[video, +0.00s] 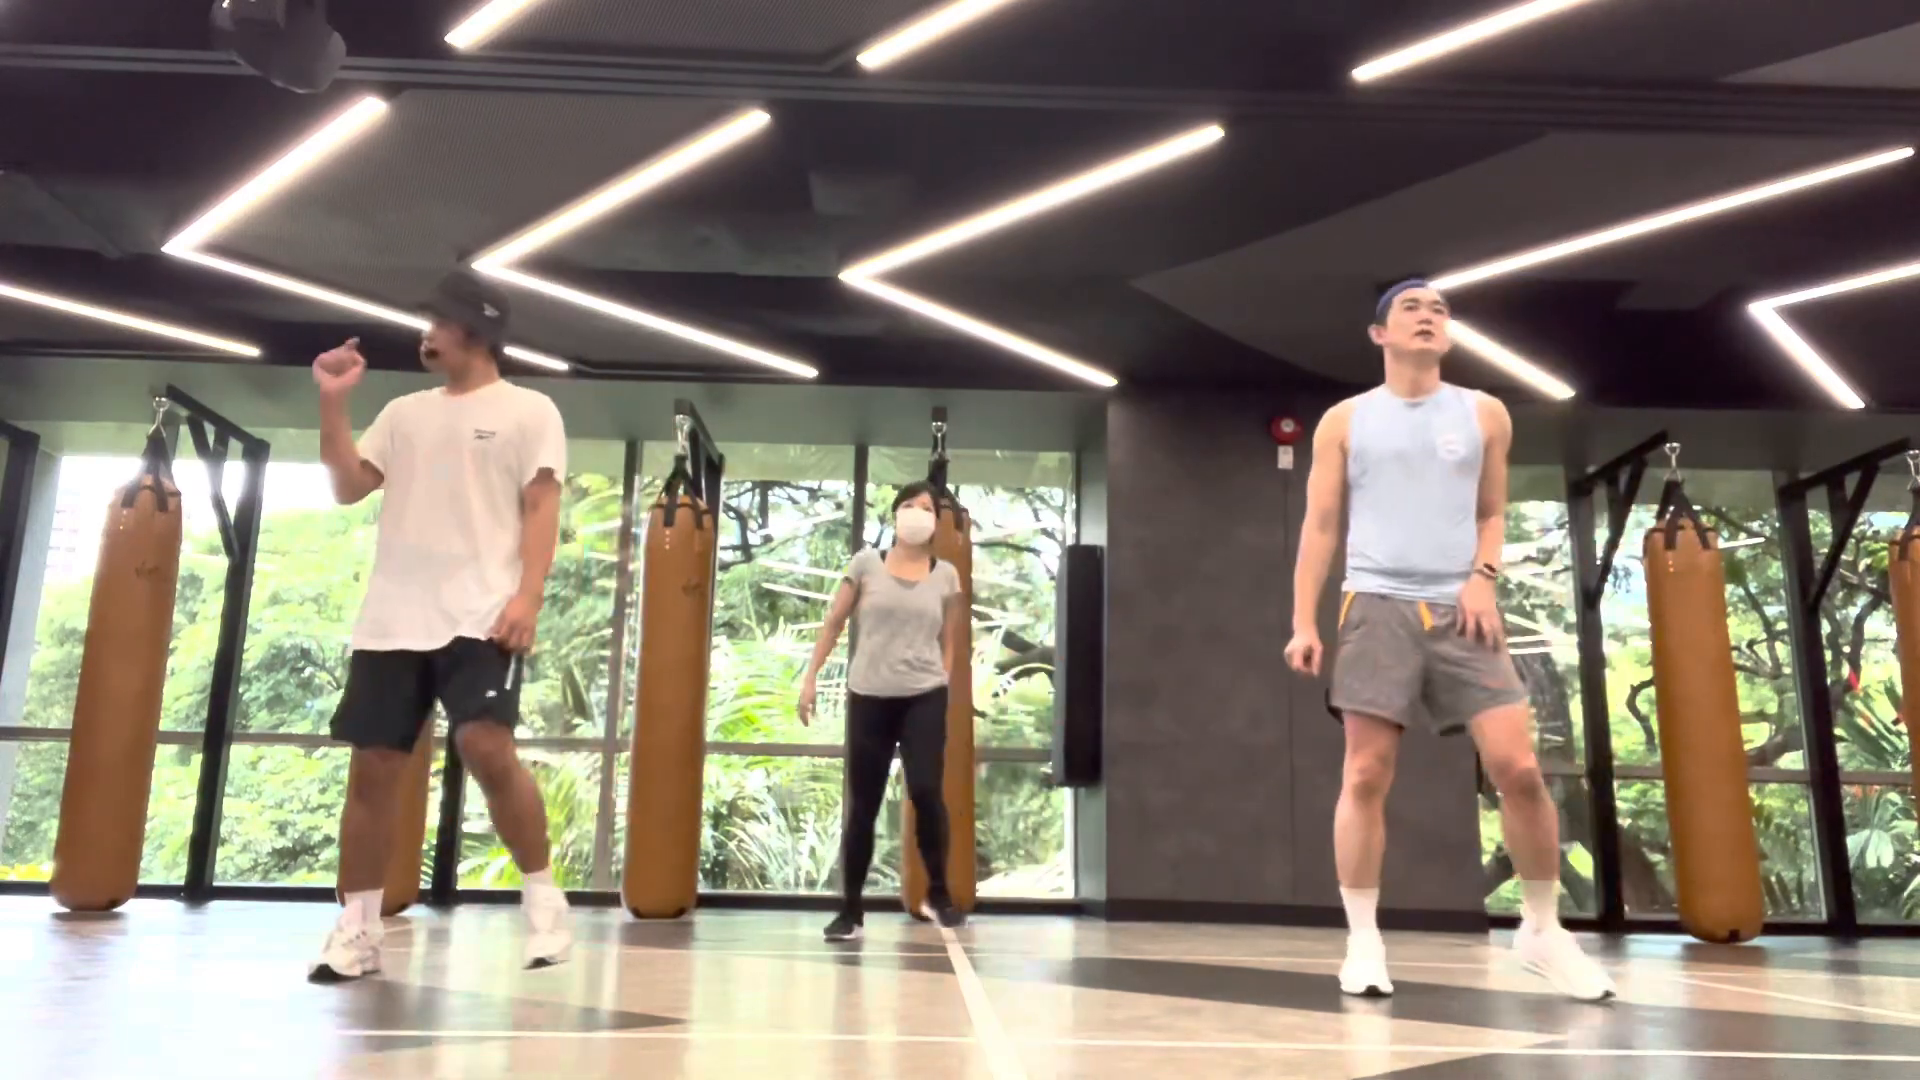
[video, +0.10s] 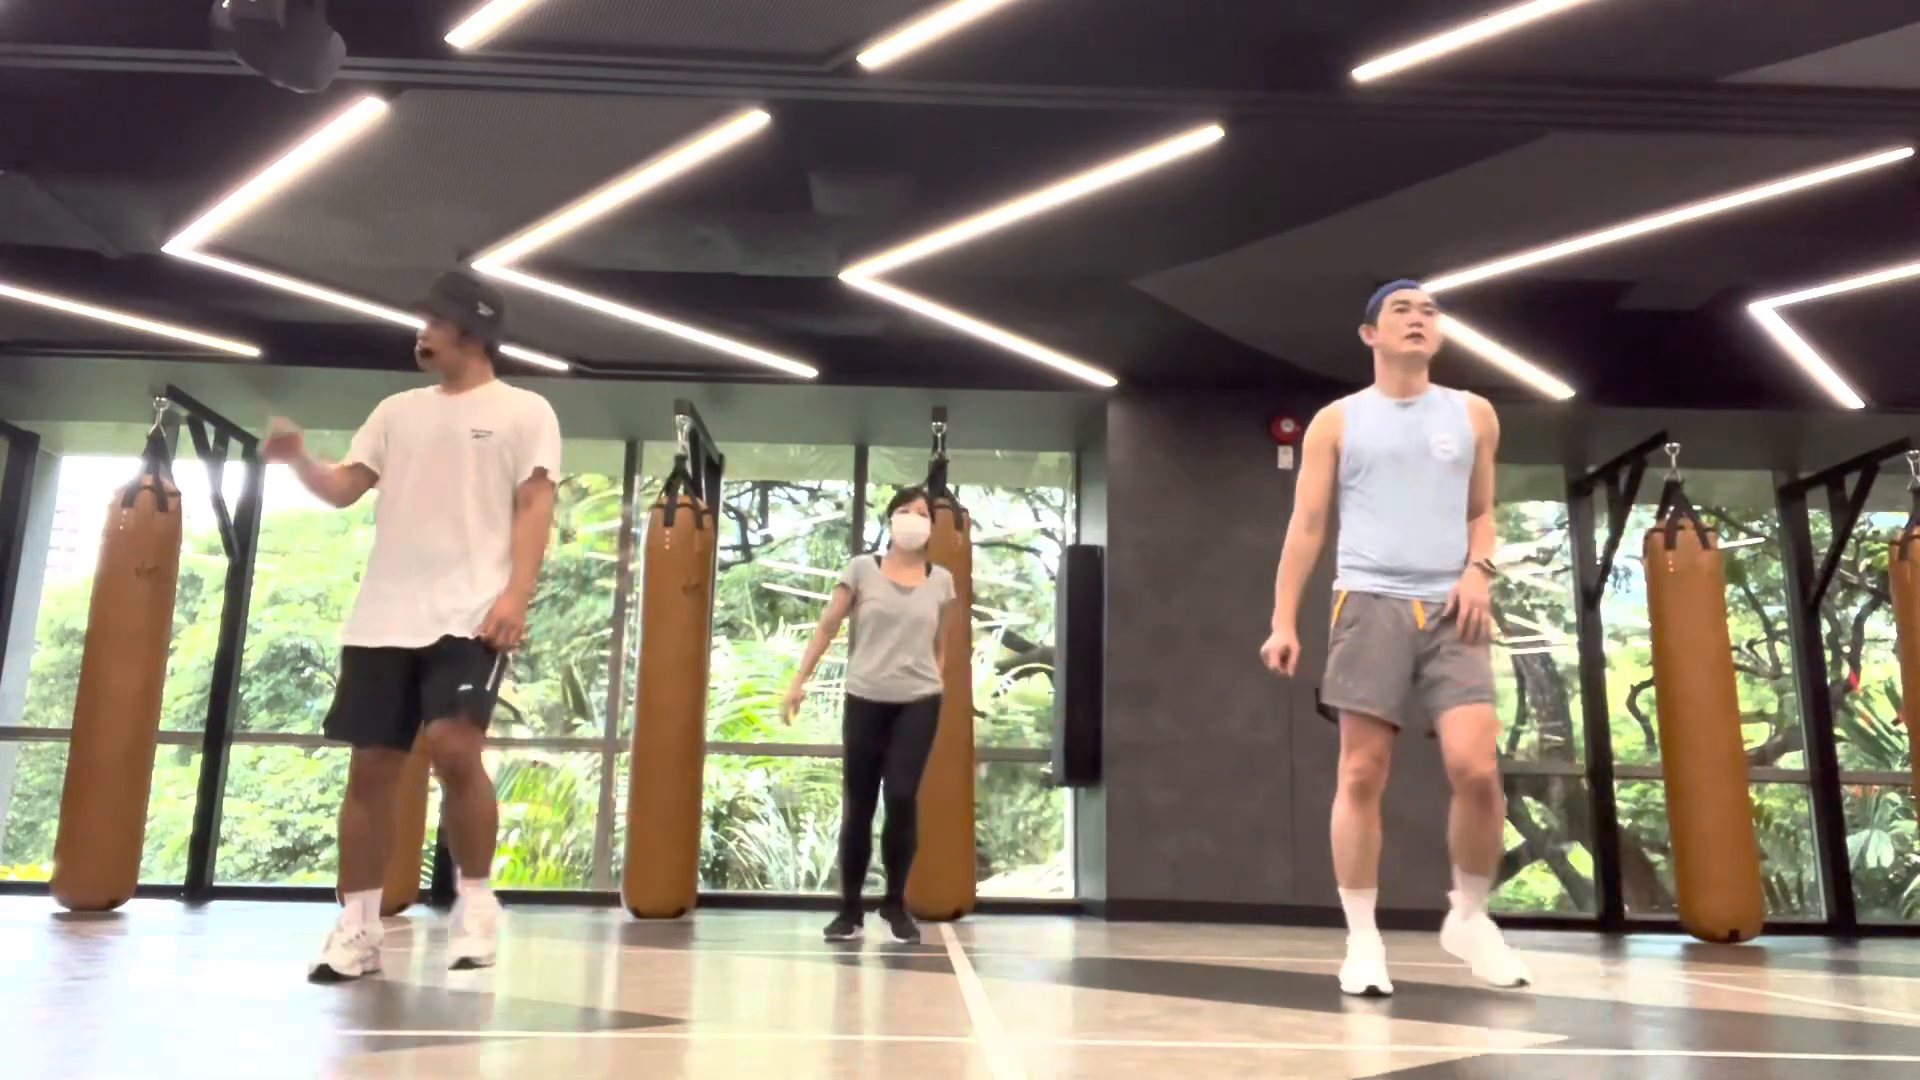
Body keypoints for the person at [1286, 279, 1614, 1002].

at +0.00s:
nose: (1427, 315)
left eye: (1438, 309)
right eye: (1411, 306)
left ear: (1451, 337)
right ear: (1379, 333)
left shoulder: (1486, 415)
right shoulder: (1343, 421)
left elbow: (1492, 513)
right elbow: (1320, 525)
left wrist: (1484, 573)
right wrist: (1305, 620)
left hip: (1464, 612)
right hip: (1377, 613)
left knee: (1521, 772)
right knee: (1366, 774)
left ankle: (1541, 932)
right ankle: (1363, 943)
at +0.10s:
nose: (1418, 317)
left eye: (1429, 310)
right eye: (1402, 309)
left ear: (1442, 336)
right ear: (1370, 334)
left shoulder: (1473, 415)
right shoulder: (1335, 421)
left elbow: (1482, 511)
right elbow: (1306, 525)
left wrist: (1478, 569)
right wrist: (1284, 620)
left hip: (1454, 613)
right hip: (1368, 613)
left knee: (1479, 771)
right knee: (1362, 774)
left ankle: (1467, 921)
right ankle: (1363, 944)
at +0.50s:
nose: (1441, 326)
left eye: (1450, 318)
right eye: (1426, 313)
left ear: (1456, 336)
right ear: (1388, 328)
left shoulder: (1475, 421)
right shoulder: (1347, 412)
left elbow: (1480, 520)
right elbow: (1322, 514)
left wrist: (1501, 585)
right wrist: (1327, 605)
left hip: (1474, 611)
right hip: (1389, 611)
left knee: (1535, 762)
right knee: (1370, 774)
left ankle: (1517, 928)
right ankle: (1363, 946)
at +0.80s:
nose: (1511, 325)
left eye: (1518, 316)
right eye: (1492, 318)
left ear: (1531, 337)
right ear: (1460, 345)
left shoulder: (1556, 422)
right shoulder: (1436, 421)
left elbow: (1554, 508)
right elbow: (1396, 518)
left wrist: (1572, 576)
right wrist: (1384, 608)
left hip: (1555, 623)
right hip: (1470, 623)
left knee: (1608, 777)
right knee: (1420, 780)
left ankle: (1628, 958)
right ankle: (1371, 942)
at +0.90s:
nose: (1533, 319)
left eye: (1539, 309)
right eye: (1513, 313)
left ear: (1554, 329)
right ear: (1485, 342)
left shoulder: (1586, 421)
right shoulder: (1460, 415)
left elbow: (1596, 499)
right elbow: (1416, 513)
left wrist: (1610, 549)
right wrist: (1408, 603)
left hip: (1581, 620)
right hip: (1495, 618)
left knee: (1620, 776)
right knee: (1462, 776)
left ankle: (1630, 958)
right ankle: (1416, 931)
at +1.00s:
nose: (1547, 316)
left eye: (1554, 307)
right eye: (1527, 310)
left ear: (1569, 327)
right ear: (1499, 338)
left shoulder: (1602, 416)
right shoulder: (1469, 412)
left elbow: (1621, 492)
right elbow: (1425, 511)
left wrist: (1640, 524)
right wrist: (1428, 603)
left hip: (1597, 614)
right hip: (1512, 614)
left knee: (1627, 775)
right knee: (1521, 775)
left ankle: (1630, 956)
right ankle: (1491, 919)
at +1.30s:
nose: (1550, 316)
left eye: (1560, 308)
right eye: (1532, 310)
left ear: (1578, 331)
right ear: (1504, 339)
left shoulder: (1608, 414)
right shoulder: (1468, 418)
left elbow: (1623, 513)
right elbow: (1442, 523)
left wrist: (1622, 422)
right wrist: (1439, 621)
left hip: (1597, 616)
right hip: (1508, 616)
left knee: (1637, 772)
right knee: (1516, 759)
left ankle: (1633, 955)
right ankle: (1523, 910)